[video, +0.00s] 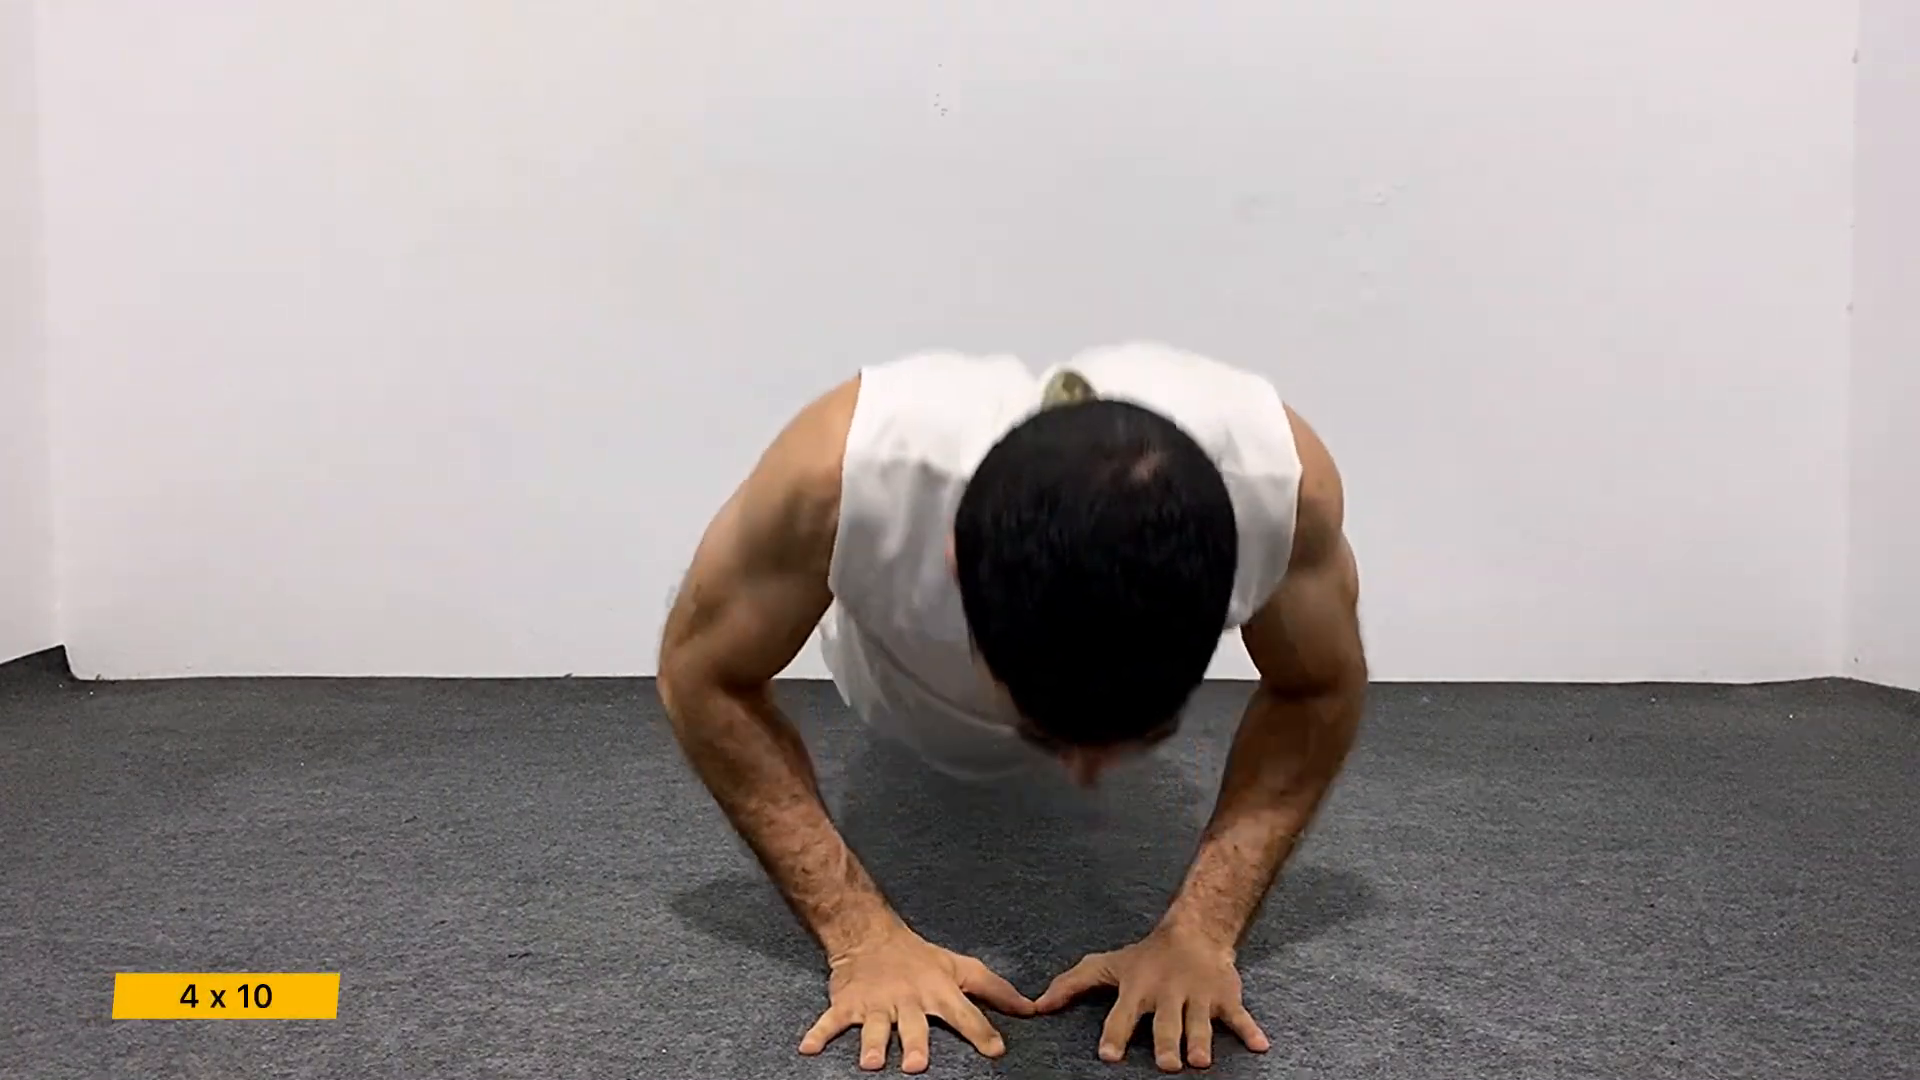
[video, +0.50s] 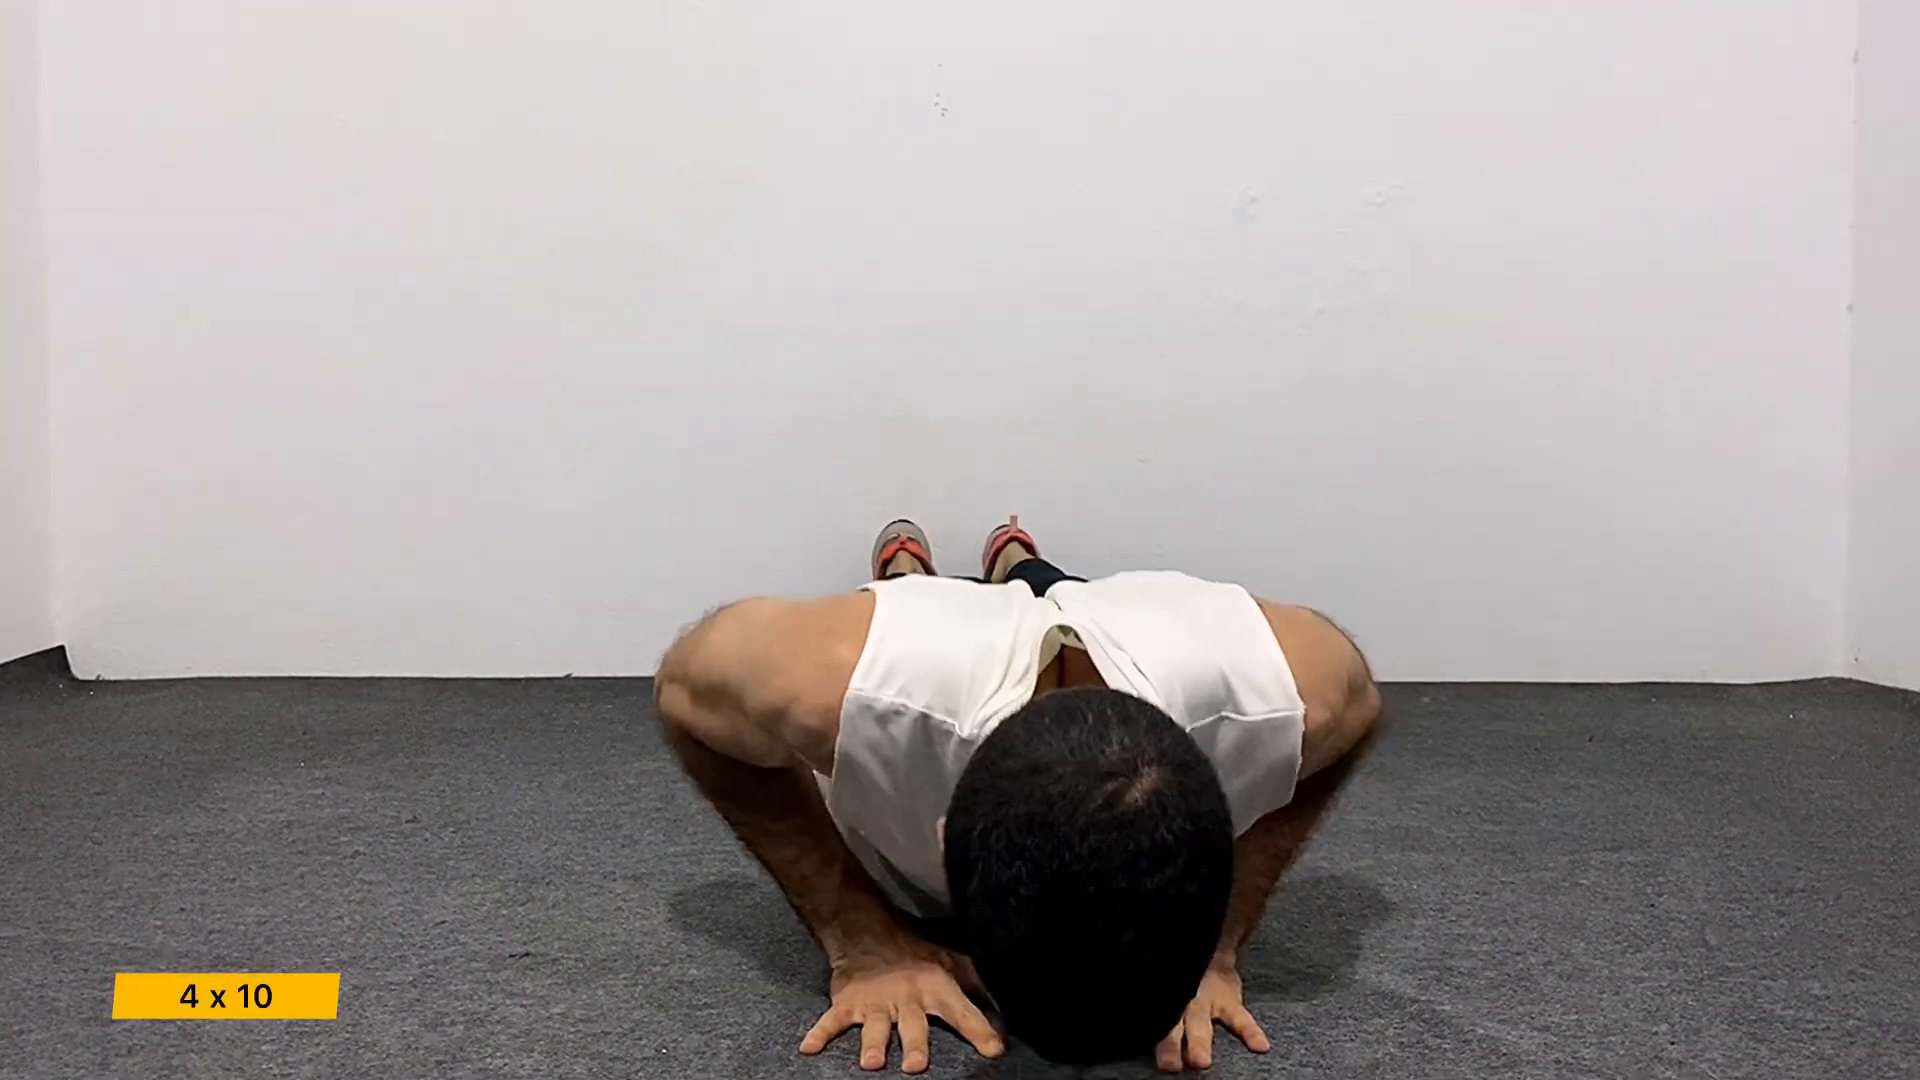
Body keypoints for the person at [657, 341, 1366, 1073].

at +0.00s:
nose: (1088, 772)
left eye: (1134, 739)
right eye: (1050, 734)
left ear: (1213, 612)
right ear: (964, 573)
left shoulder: (1286, 485)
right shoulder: (834, 472)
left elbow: (1316, 687)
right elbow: (701, 673)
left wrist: (1201, 928)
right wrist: (862, 933)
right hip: (916, 696)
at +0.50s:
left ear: (1222, 814)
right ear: (948, 841)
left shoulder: (1300, 690)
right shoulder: (832, 687)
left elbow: (1355, 714)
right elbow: (689, 689)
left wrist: (1224, 945)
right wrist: (858, 934)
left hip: (1106, 620)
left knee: (1039, 592)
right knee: (907, 594)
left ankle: (1014, 563)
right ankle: (904, 566)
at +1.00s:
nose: (1068, 455)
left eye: (1117, 416)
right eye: (1027, 411)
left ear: (1183, 327)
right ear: (953, 295)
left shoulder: (1268, 312)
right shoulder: (819, 291)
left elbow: (1277, 630)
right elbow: (770, 624)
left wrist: (1195, 932)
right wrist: (869, 932)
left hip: (1098, 614)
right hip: (914, 614)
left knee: (1062, 663)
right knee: (918, 675)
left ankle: (1030, 670)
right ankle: (917, 678)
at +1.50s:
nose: (1077, 579)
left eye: (1130, 542)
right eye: (1034, 540)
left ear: (1204, 428)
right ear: (948, 392)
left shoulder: (1270, 382)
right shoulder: (820, 371)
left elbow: (1294, 652)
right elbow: (747, 649)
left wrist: (1200, 927)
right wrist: (868, 935)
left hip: (1118, 666)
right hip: (908, 674)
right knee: (915, 698)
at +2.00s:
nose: (1095, 1072)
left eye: (1134, 1052)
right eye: (1062, 1048)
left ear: (1235, 875)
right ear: (964, 852)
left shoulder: (1301, 694)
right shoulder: (835, 703)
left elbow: (1356, 695)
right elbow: (698, 679)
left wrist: (1225, 939)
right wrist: (857, 931)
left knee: (1055, 624)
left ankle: (1019, 576)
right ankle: (904, 590)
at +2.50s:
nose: (1071, 490)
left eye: (1123, 440)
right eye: (1027, 440)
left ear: (1179, 347)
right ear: (947, 301)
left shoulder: (1270, 349)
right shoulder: (814, 334)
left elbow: (1290, 644)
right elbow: (749, 641)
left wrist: (1197, 929)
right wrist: (869, 933)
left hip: (1105, 656)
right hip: (904, 656)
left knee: (1088, 675)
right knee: (904, 675)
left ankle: (1075, 672)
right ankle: (910, 678)